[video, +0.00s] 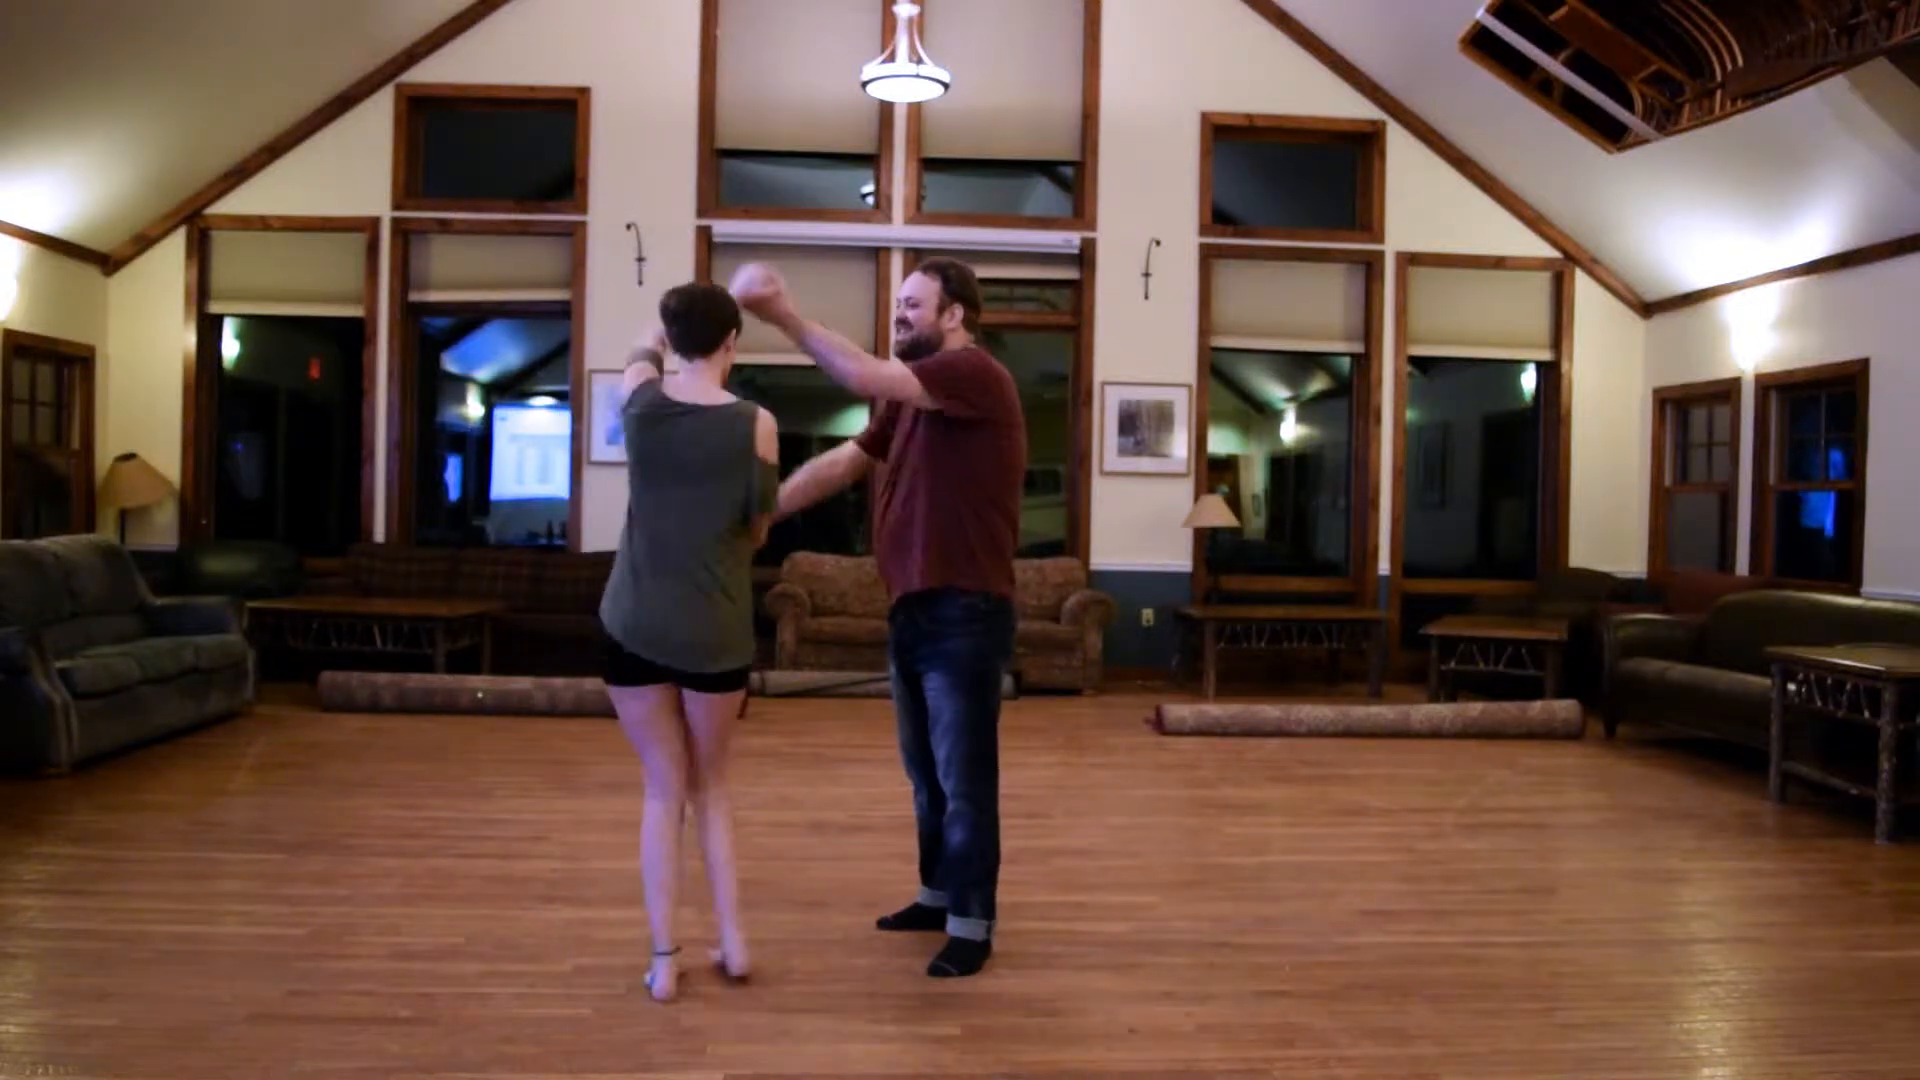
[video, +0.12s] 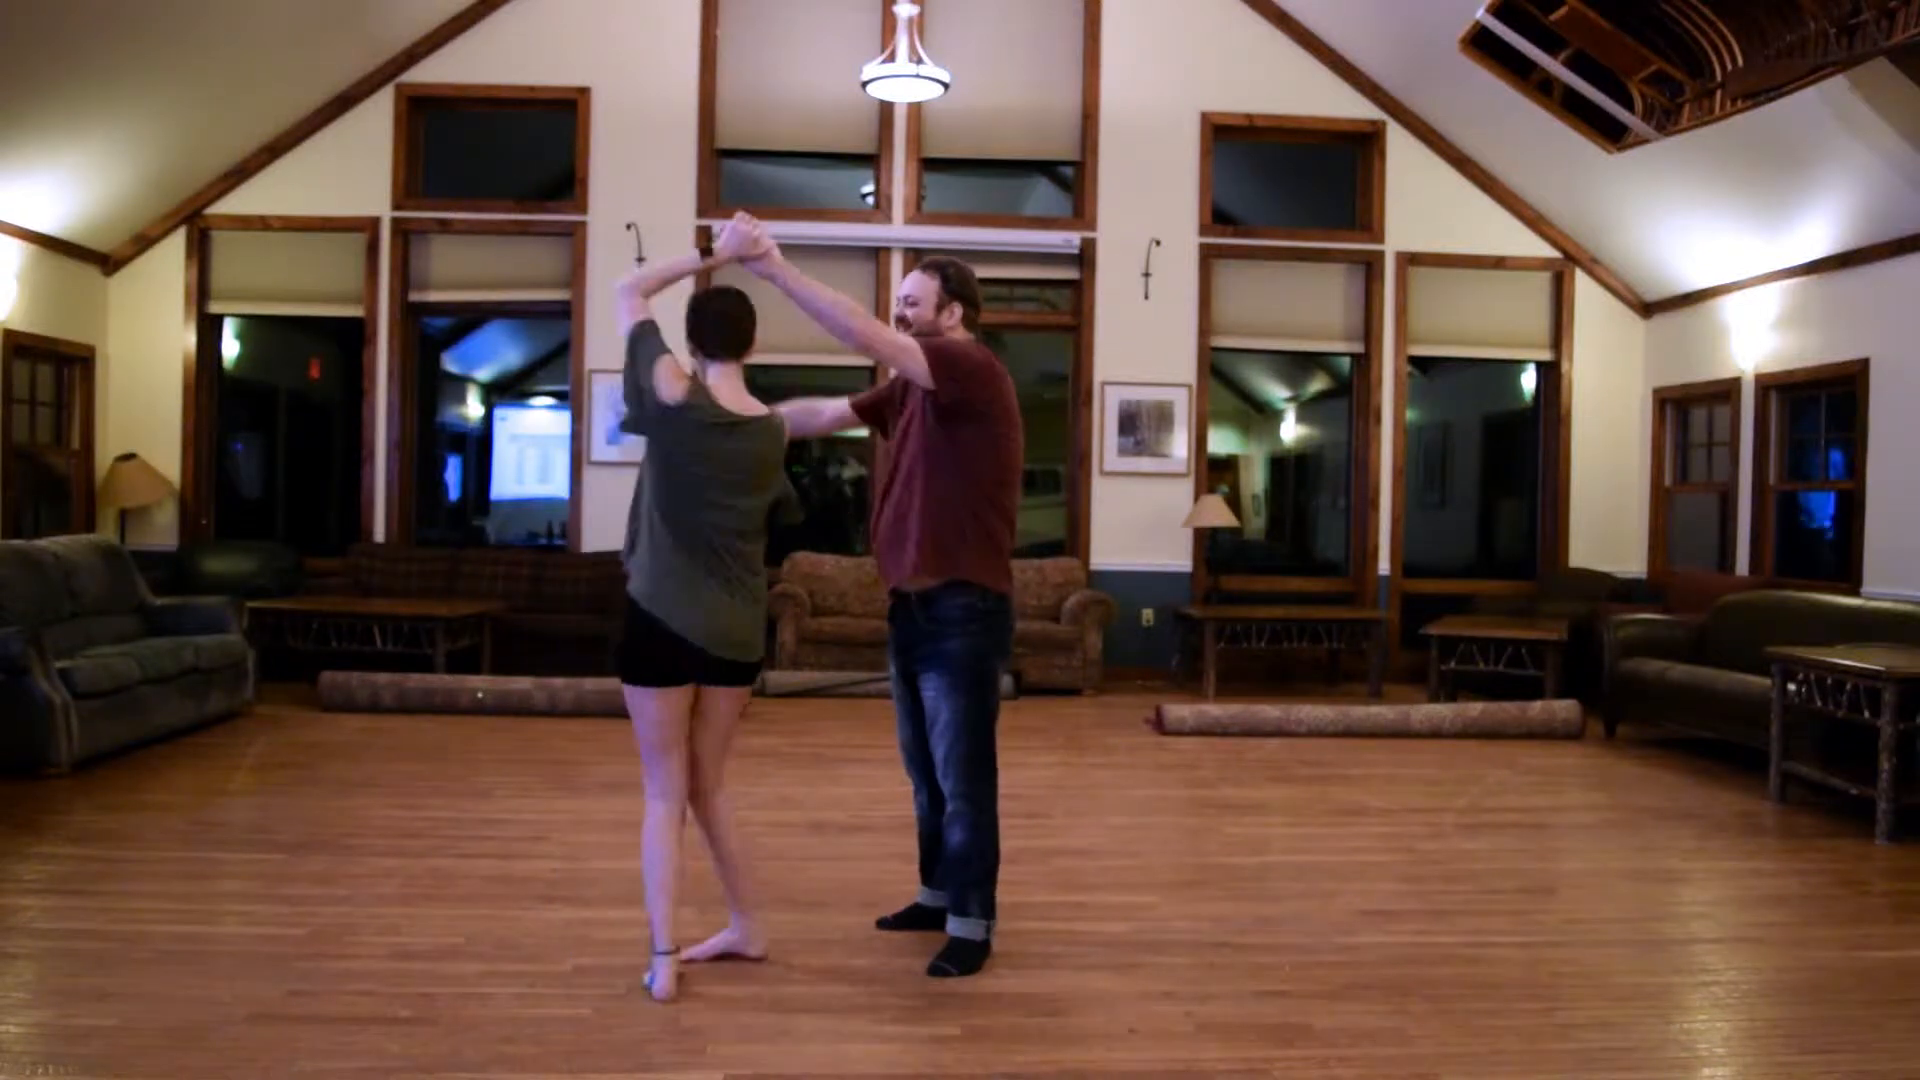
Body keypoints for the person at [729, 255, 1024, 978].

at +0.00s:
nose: (899, 316)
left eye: (913, 306)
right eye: (898, 307)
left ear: (955, 314)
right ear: (905, 315)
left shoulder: (978, 374)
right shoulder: (904, 393)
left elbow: (869, 375)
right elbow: (841, 461)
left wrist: (787, 318)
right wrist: (767, 509)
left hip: (967, 603)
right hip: (914, 603)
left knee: (962, 768)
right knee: (925, 765)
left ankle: (973, 924)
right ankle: (941, 897)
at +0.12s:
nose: (897, 314)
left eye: (913, 302)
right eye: (898, 304)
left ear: (953, 310)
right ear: (915, 312)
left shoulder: (977, 372)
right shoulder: (907, 387)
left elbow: (868, 336)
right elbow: (824, 413)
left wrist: (773, 263)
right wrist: (742, 419)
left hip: (967, 602)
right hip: (913, 602)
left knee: (961, 770)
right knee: (925, 765)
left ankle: (972, 924)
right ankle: (942, 898)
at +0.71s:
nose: (900, 317)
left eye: (913, 308)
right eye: (899, 308)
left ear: (951, 317)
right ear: (904, 317)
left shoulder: (974, 377)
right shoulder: (898, 370)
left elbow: (1007, 436)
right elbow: (848, 361)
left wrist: (927, 514)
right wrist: (829, 340)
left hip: (957, 605)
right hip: (901, 603)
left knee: (959, 771)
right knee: (918, 765)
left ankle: (970, 922)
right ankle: (935, 895)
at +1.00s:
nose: (894, 329)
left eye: (906, 318)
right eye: (894, 318)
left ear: (946, 325)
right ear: (911, 325)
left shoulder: (964, 394)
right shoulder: (906, 379)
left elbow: (907, 506)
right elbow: (831, 374)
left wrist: (850, 542)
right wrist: (814, 437)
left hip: (956, 610)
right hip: (905, 604)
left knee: (954, 770)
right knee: (914, 763)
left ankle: (971, 919)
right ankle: (934, 896)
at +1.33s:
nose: (913, 321)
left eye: (927, 312)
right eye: (914, 311)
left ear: (968, 322)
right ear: (944, 321)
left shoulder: (977, 380)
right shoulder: (940, 368)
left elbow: (864, 399)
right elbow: (868, 336)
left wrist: (790, 352)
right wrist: (793, 303)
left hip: (953, 604)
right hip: (907, 599)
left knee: (956, 771)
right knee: (918, 765)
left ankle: (980, 921)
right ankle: (938, 898)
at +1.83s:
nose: (917, 317)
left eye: (933, 304)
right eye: (913, 305)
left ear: (971, 318)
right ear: (910, 317)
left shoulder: (986, 385)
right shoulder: (917, 382)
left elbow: (896, 392)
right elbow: (863, 383)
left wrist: (885, 305)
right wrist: (867, 307)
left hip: (955, 596)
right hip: (902, 593)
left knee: (965, 762)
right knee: (913, 758)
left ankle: (989, 915)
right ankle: (941, 897)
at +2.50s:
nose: (906, 330)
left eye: (921, 317)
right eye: (901, 317)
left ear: (960, 321)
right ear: (903, 322)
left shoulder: (980, 390)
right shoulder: (919, 385)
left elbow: (901, 440)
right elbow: (858, 416)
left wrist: (898, 354)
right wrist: (864, 337)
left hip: (965, 611)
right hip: (904, 608)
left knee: (967, 771)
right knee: (901, 762)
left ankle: (985, 922)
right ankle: (917, 906)